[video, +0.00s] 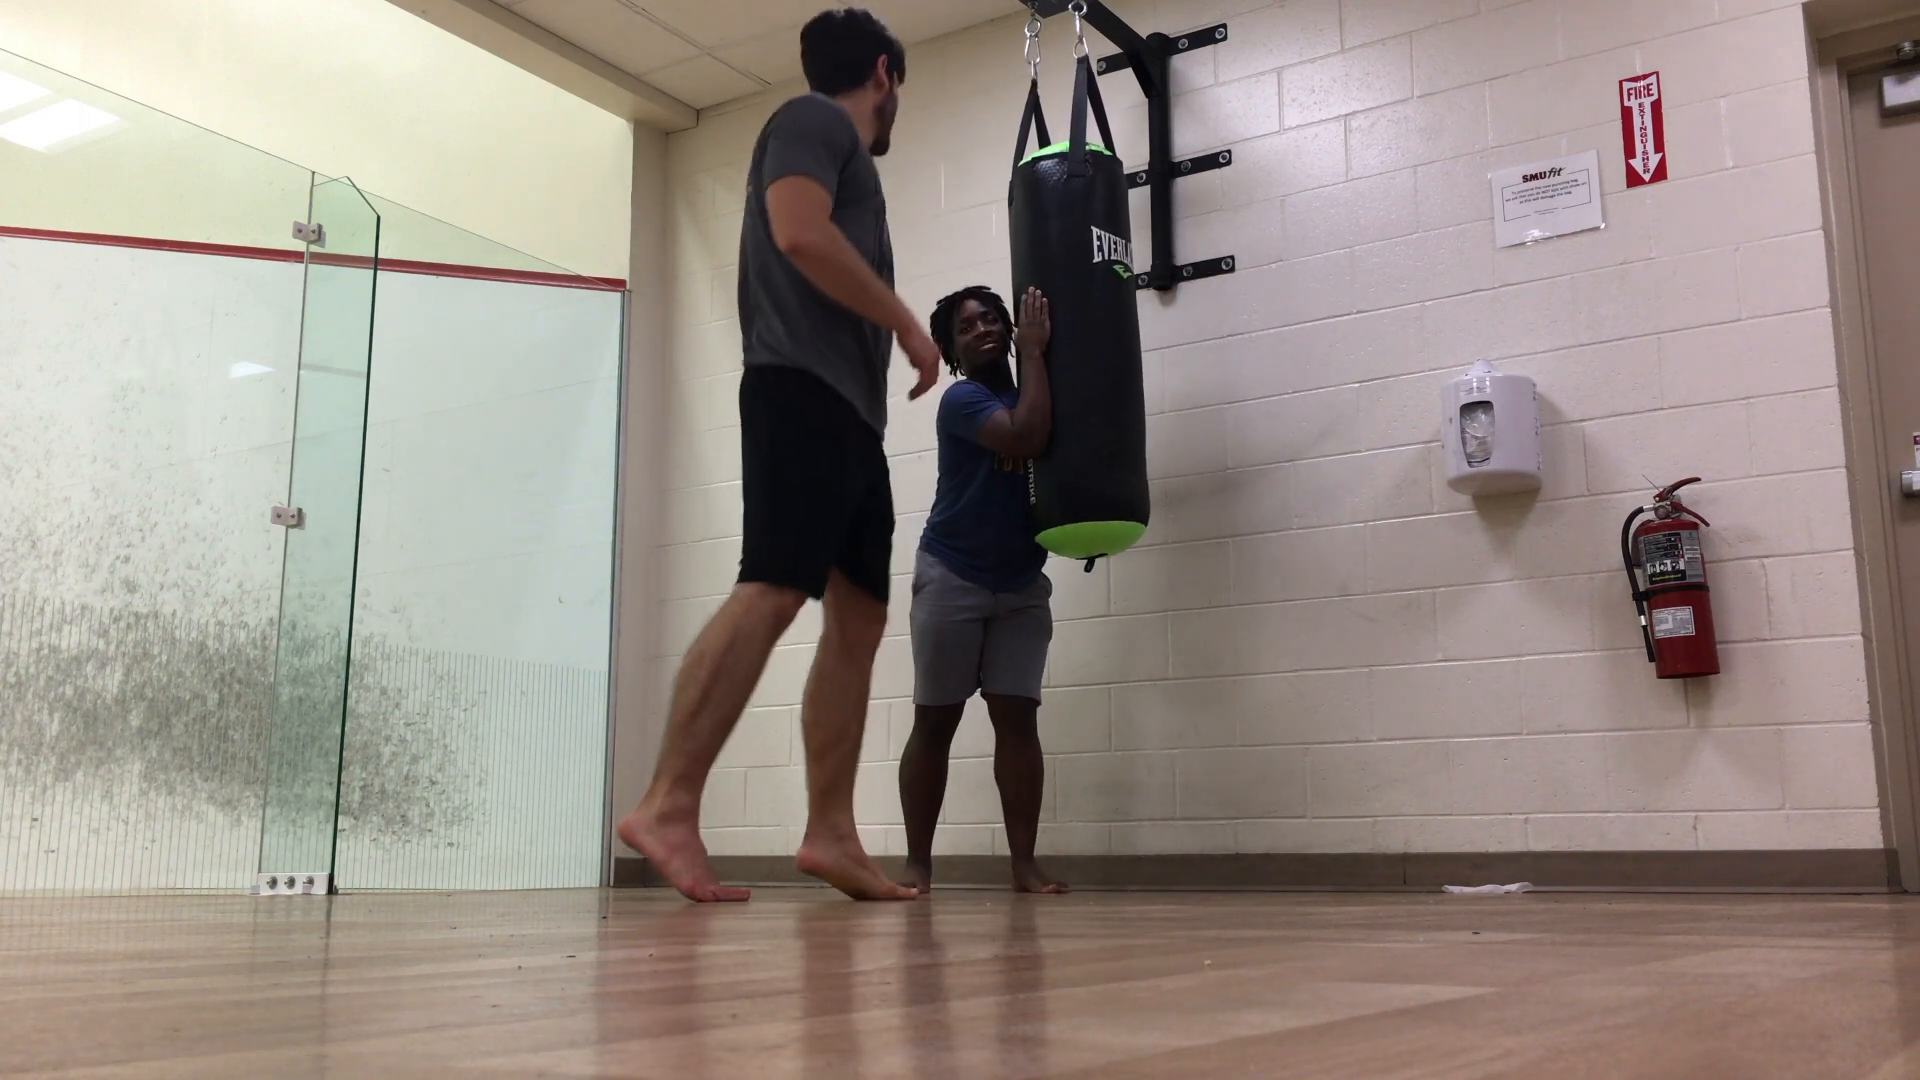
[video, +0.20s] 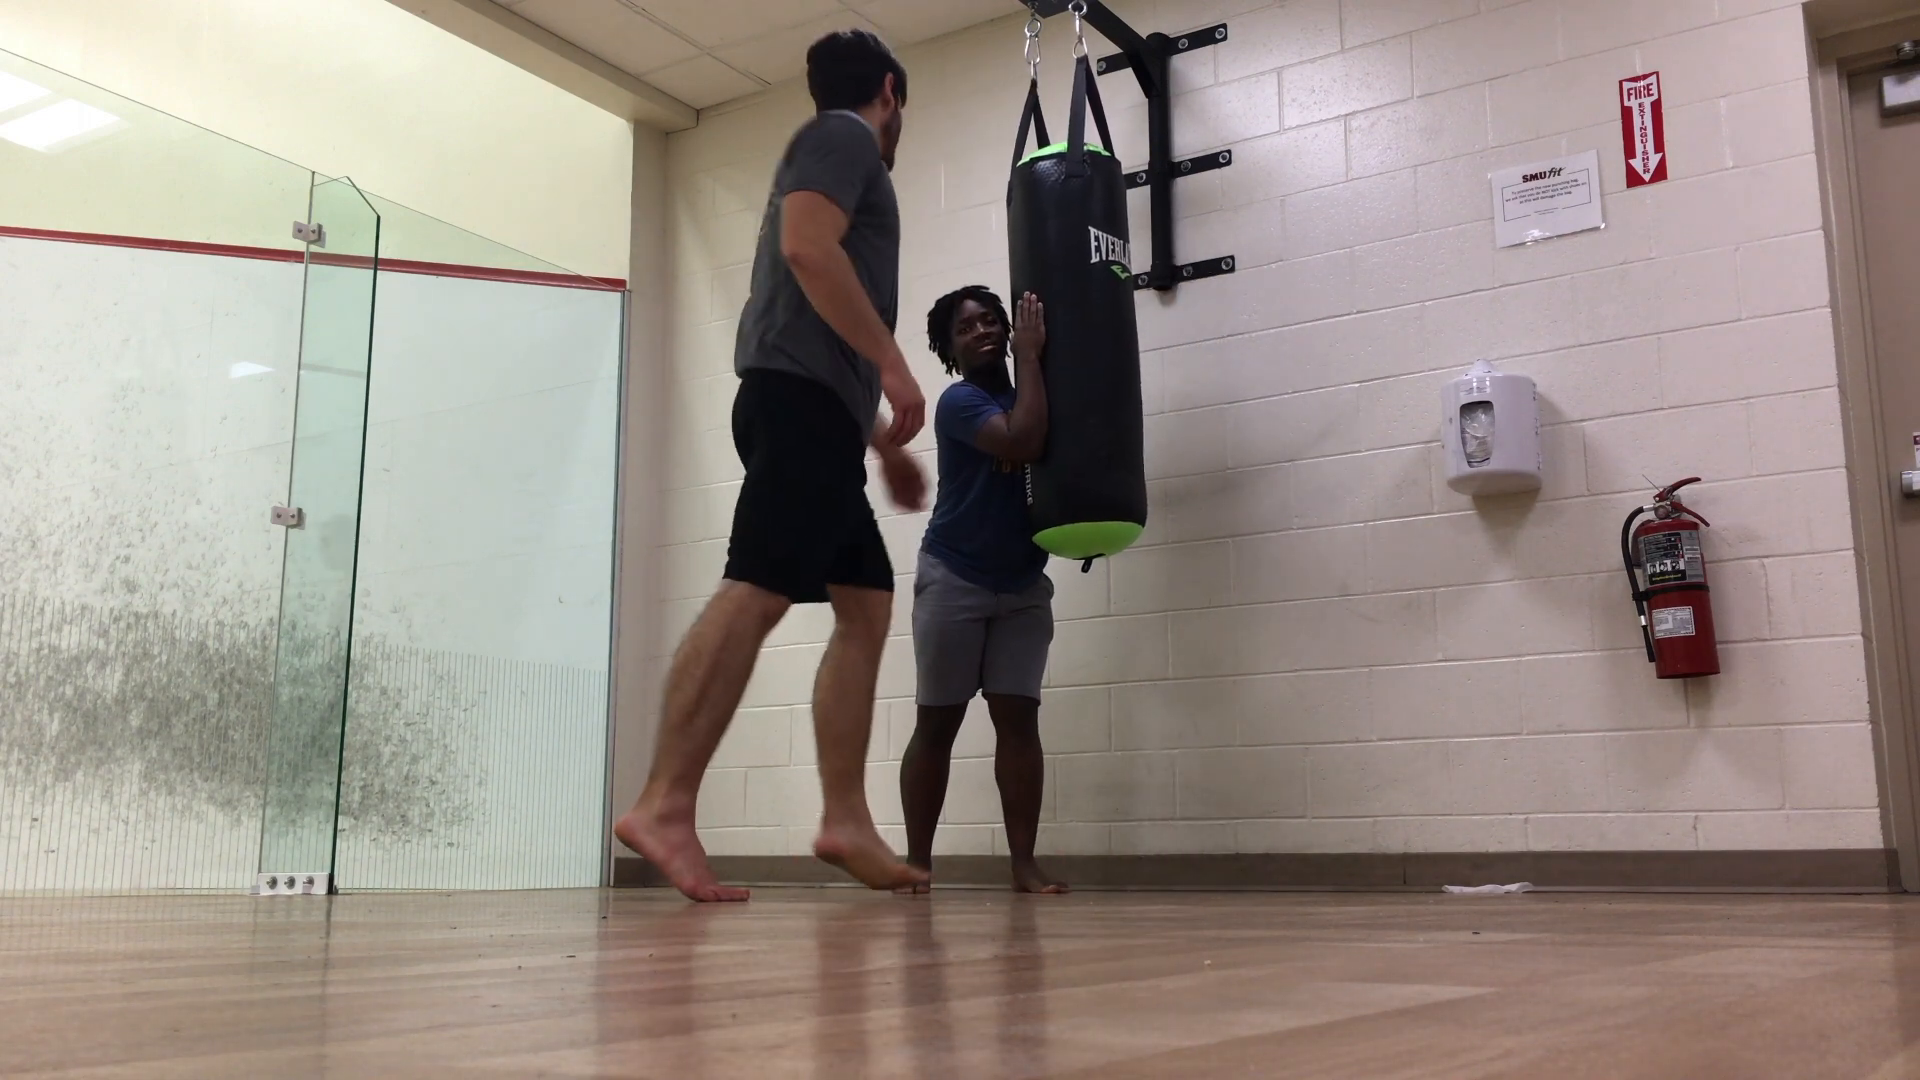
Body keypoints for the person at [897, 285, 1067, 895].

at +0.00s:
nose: (983, 328)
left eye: (991, 318)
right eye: (968, 325)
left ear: (1010, 332)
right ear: (950, 348)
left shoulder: (1026, 398)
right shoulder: (960, 400)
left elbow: (1059, 449)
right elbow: (1027, 437)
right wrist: (1033, 352)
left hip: (1020, 580)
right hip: (952, 579)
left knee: (1018, 722)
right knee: (935, 725)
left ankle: (1025, 865)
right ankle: (918, 865)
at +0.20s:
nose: (982, 329)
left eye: (990, 319)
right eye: (967, 325)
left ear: (1007, 332)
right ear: (948, 347)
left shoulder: (1024, 399)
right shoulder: (957, 402)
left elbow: (1056, 454)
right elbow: (1021, 444)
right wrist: (1031, 358)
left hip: (1023, 581)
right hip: (954, 581)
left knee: (1018, 722)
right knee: (937, 727)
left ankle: (1025, 866)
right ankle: (919, 864)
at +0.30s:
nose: (981, 331)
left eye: (989, 321)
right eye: (966, 327)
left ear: (1005, 331)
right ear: (948, 347)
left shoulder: (1024, 399)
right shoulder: (956, 403)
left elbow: (1060, 447)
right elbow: (1019, 444)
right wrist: (1029, 356)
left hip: (1023, 582)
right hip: (954, 582)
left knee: (1019, 722)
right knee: (938, 726)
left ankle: (1025, 866)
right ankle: (919, 862)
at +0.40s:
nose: (979, 332)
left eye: (987, 321)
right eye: (964, 328)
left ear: (1005, 331)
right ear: (947, 348)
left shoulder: (1025, 400)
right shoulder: (952, 403)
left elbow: (1061, 452)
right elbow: (1014, 445)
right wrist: (1026, 359)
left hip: (1022, 584)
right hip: (951, 584)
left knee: (1020, 723)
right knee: (935, 727)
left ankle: (1024, 864)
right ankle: (918, 862)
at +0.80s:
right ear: (925, 337)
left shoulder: (980, 401)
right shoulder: (896, 406)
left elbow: (1005, 449)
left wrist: (1010, 373)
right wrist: (1010, 373)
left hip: (998, 579)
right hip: (916, 584)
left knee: (1010, 721)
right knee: (914, 730)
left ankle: (1021, 861)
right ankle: (897, 865)